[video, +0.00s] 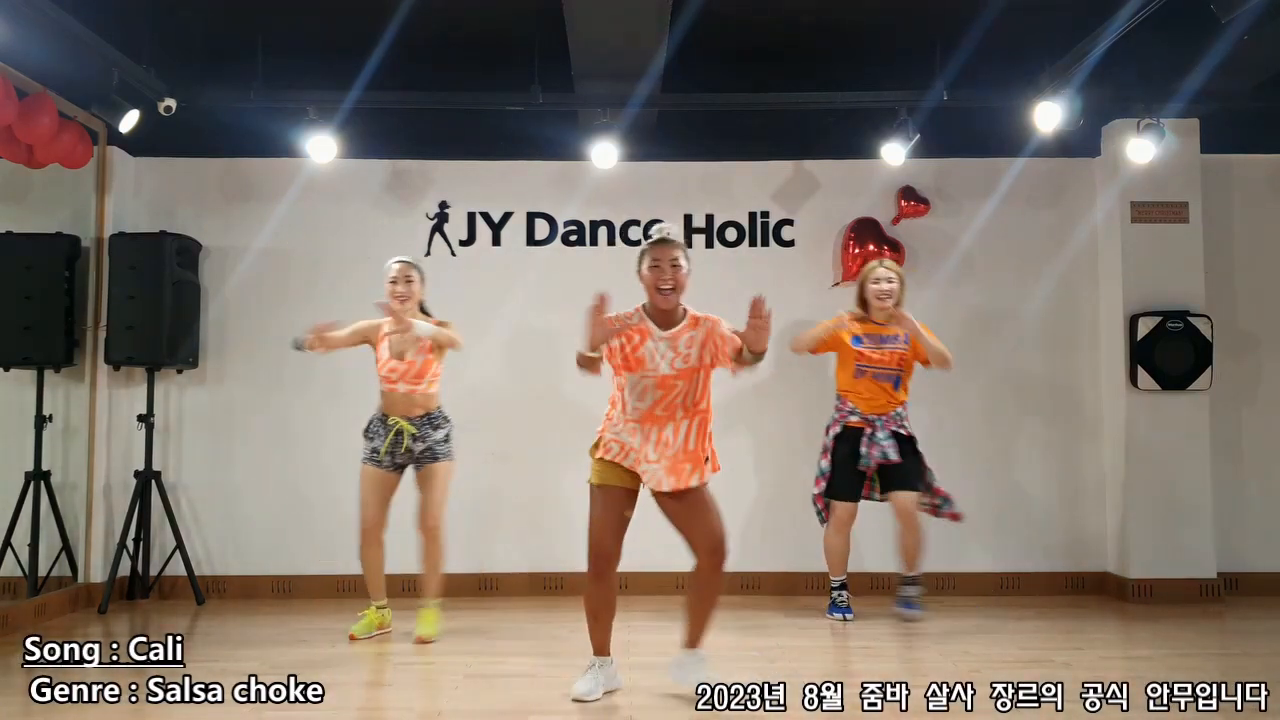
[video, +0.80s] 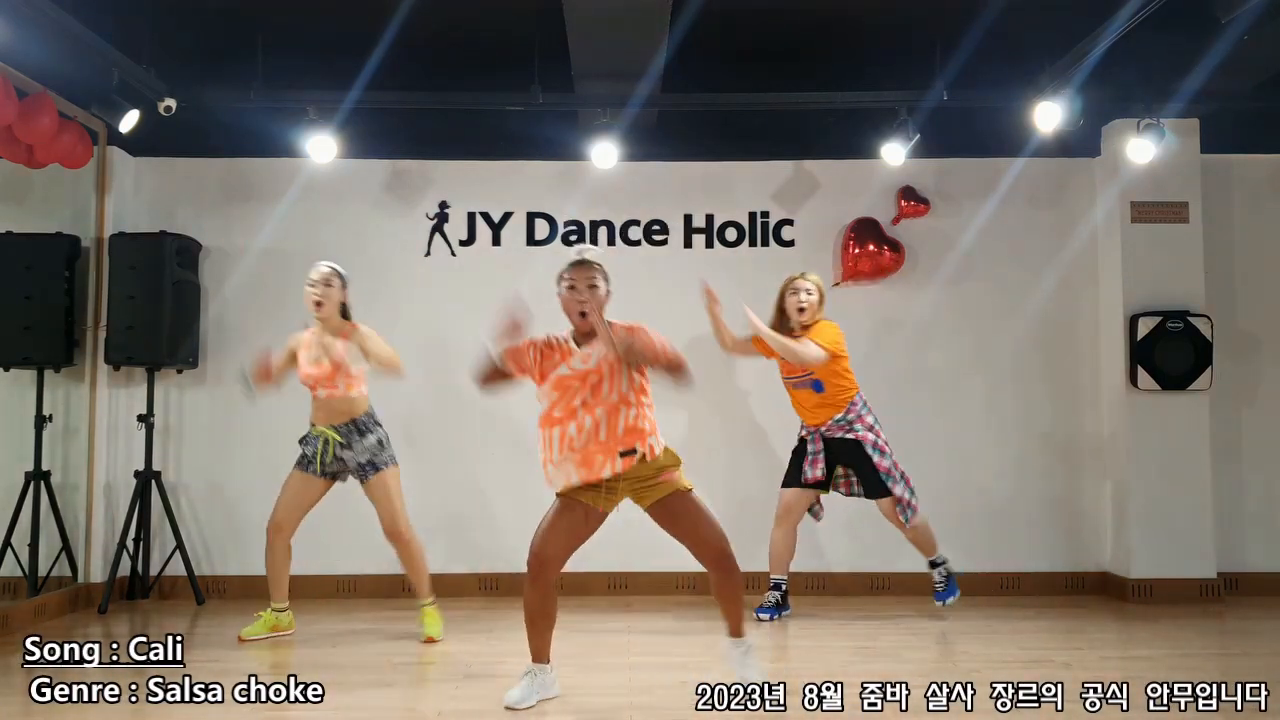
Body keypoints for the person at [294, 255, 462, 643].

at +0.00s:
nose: (400, 288)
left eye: (408, 281)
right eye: (394, 282)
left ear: (422, 289)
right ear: (385, 289)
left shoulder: (435, 328)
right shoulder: (374, 329)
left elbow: (453, 340)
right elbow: (327, 342)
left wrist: (420, 329)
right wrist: (313, 339)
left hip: (431, 432)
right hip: (386, 431)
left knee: (430, 523)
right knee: (369, 526)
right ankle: (378, 610)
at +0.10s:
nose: (382, 289)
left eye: (389, 282)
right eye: (376, 283)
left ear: (405, 290)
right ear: (367, 292)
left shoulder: (420, 328)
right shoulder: (362, 330)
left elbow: (441, 334)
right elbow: (308, 342)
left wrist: (394, 320)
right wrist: (297, 338)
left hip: (417, 432)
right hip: (373, 432)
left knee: (412, 527)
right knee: (330, 517)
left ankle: (421, 611)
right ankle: (353, 596)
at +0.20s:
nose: (360, 292)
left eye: (368, 285)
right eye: (353, 287)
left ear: (385, 291)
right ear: (347, 295)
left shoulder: (402, 336)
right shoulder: (343, 339)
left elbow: (441, 352)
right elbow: (298, 371)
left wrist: (414, 342)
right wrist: (297, 349)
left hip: (400, 437)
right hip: (358, 438)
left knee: (404, 534)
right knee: (301, 519)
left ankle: (420, 612)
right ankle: (294, 601)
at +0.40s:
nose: (304, 290)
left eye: (313, 284)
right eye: (305, 283)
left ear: (336, 293)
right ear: (311, 292)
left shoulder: (356, 331)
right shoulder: (306, 340)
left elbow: (397, 347)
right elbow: (277, 365)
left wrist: (367, 349)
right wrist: (257, 376)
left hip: (367, 434)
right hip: (326, 440)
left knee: (398, 525)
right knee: (283, 527)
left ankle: (428, 607)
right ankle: (280, 613)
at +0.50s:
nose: (290, 279)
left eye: (297, 274)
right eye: (291, 273)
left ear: (318, 282)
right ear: (297, 282)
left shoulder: (338, 316)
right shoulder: (298, 322)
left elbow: (349, 288)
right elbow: (257, 313)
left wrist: (319, 262)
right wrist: (245, 284)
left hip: (362, 418)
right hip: (324, 427)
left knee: (403, 508)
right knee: (294, 517)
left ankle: (447, 589)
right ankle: (279, 607)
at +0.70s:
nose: (295, 285)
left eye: (305, 279)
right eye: (294, 278)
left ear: (330, 288)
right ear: (293, 287)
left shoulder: (339, 324)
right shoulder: (294, 325)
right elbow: (249, 318)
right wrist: (234, 282)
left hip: (362, 424)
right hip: (322, 432)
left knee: (400, 513)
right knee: (288, 521)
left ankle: (445, 593)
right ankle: (280, 609)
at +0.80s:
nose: (316, 291)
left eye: (326, 285)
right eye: (311, 284)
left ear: (343, 294)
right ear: (304, 293)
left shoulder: (357, 335)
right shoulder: (300, 341)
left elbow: (395, 366)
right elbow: (268, 380)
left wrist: (358, 359)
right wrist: (264, 369)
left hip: (364, 435)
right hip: (321, 440)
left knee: (397, 529)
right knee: (278, 528)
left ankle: (427, 606)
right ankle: (279, 613)